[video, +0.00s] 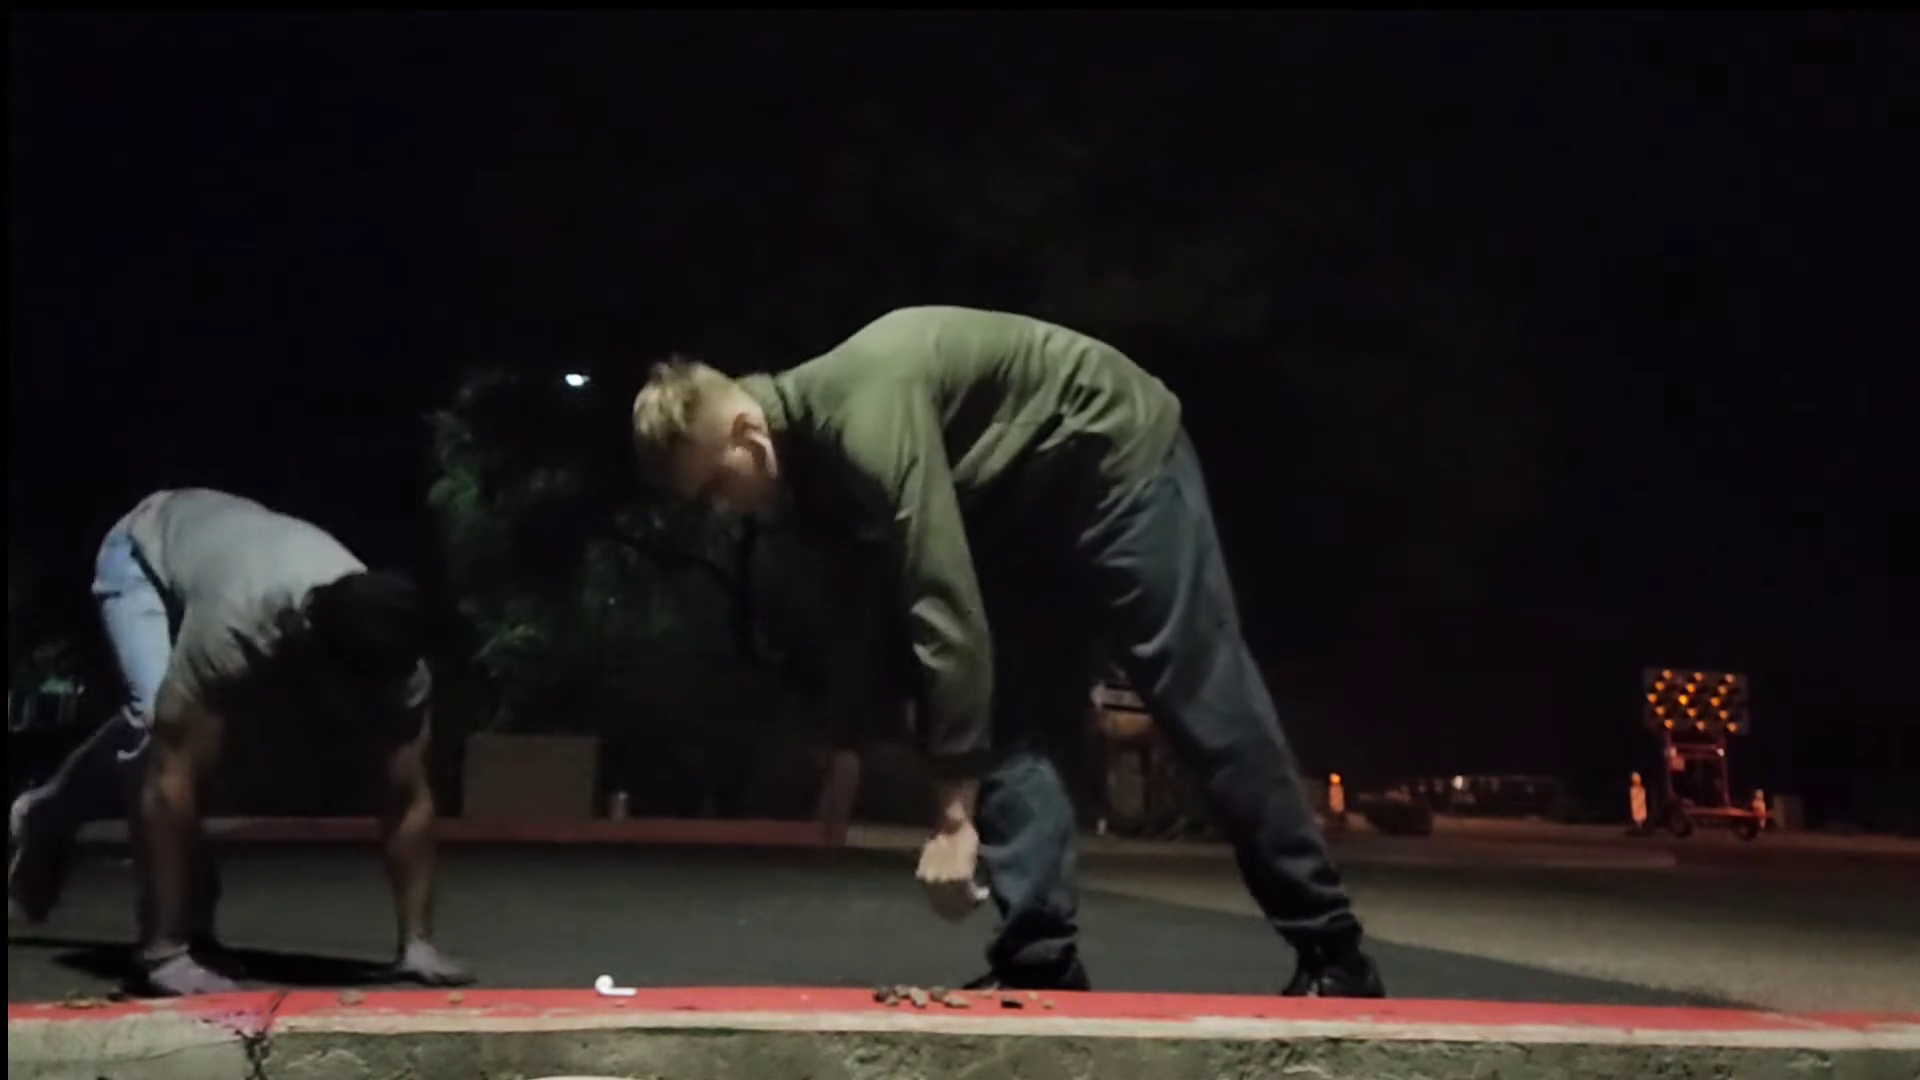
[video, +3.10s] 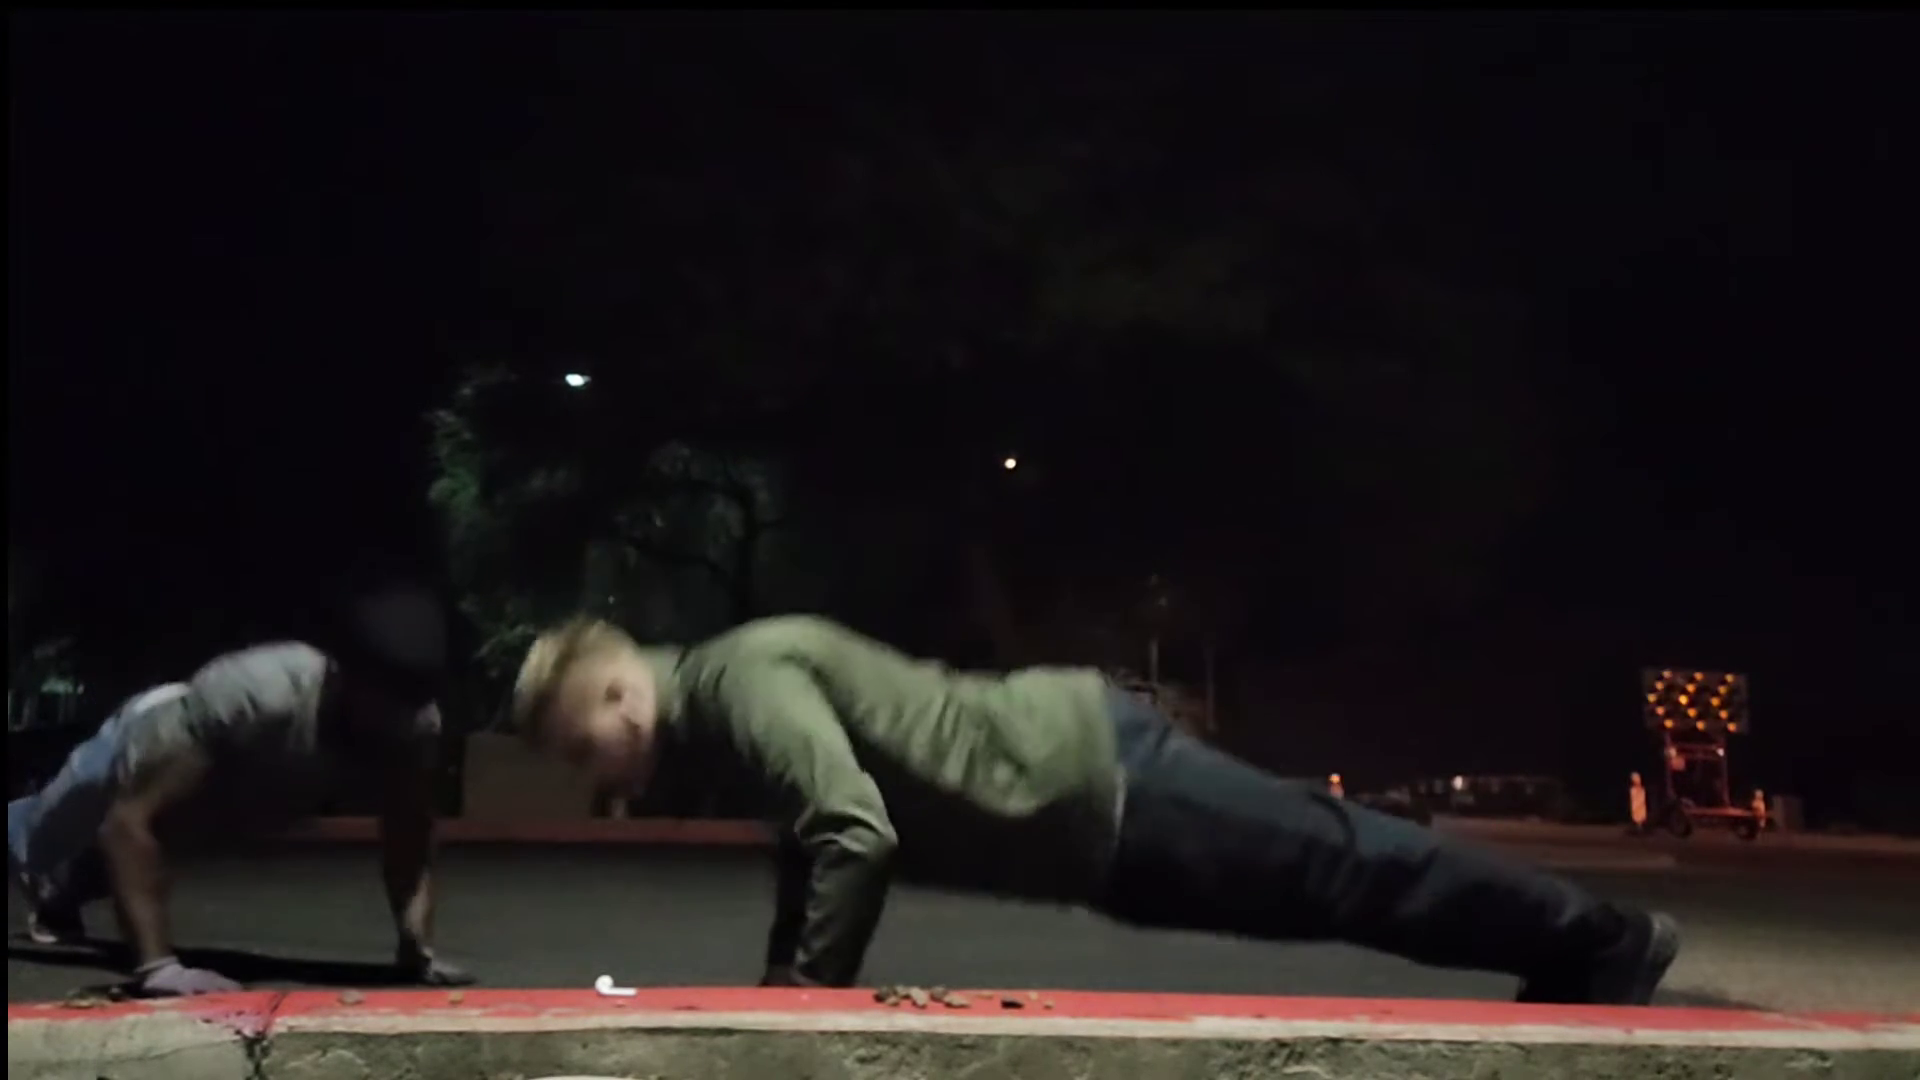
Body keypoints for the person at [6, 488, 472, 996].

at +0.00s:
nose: (380, 703)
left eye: (393, 688)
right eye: (366, 688)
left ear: (406, 659)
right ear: (318, 645)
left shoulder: (402, 666)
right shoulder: (233, 624)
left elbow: (411, 799)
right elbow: (169, 777)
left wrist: (416, 940)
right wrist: (163, 947)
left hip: (240, 548)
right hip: (141, 553)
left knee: (193, 759)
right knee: (154, 722)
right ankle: (41, 821)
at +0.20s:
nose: (394, 719)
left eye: (407, 705)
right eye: (381, 701)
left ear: (421, 678)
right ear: (331, 652)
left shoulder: (408, 678)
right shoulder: (245, 639)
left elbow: (409, 810)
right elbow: (173, 792)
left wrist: (417, 952)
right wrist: (160, 957)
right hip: (130, 596)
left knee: (183, 784)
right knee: (146, 746)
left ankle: (198, 944)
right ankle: (26, 853)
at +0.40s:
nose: (396, 713)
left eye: (408, 699)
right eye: (385, 696)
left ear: (420, 679)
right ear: (329, 652)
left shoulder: (407, 678)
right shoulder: (241, 642)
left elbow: (408, 812)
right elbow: (172, 796)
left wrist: (417, 950)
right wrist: (161, 958)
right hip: (134, 616)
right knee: (79, 750)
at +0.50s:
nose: (394, 714)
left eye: (407, 699)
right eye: (383, 696)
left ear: (421, 682)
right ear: (330, 655)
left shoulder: (411, 680)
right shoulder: (239, 644)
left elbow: (410, 811)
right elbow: (170, 797)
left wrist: (417, 950)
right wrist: (160, 961)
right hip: (134, 626)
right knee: (45, 793)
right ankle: (33, 854)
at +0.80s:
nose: (397, 687)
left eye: (407, 671)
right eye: (380, 668)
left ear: (419, 663)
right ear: (327, 644)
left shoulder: (412, 686)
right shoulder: (225, 651)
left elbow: (409, 812)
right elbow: (161, 803)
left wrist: (418, 951)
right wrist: (158, 960)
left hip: (211, 719)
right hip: (123, 697)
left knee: (76, 850)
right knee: (34, 845)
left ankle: (17, 901)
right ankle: (13, 905)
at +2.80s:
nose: (395, 665)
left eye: (406, 650)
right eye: (380, 644)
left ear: (414, 646)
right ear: (332, 631)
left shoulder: (407, 691)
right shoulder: (233, 655)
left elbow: (410, 818)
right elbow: (157, 807)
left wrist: (418, 950)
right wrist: (157, 960)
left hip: (224, 767)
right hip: (134, 732)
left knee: (131, 843)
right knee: (37, 819)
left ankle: (57, 891)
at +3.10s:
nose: (403, 706)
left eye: (414, 691)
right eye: (392, 688)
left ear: (425, 688)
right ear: (355, 672)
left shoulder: (415, 727)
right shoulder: (260, 696)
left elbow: (410, 840)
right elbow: (128, 818)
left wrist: (416, 949)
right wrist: (156, 962)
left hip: (217, 768)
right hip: (144, 742)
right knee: (41, 827)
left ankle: (61, 896)